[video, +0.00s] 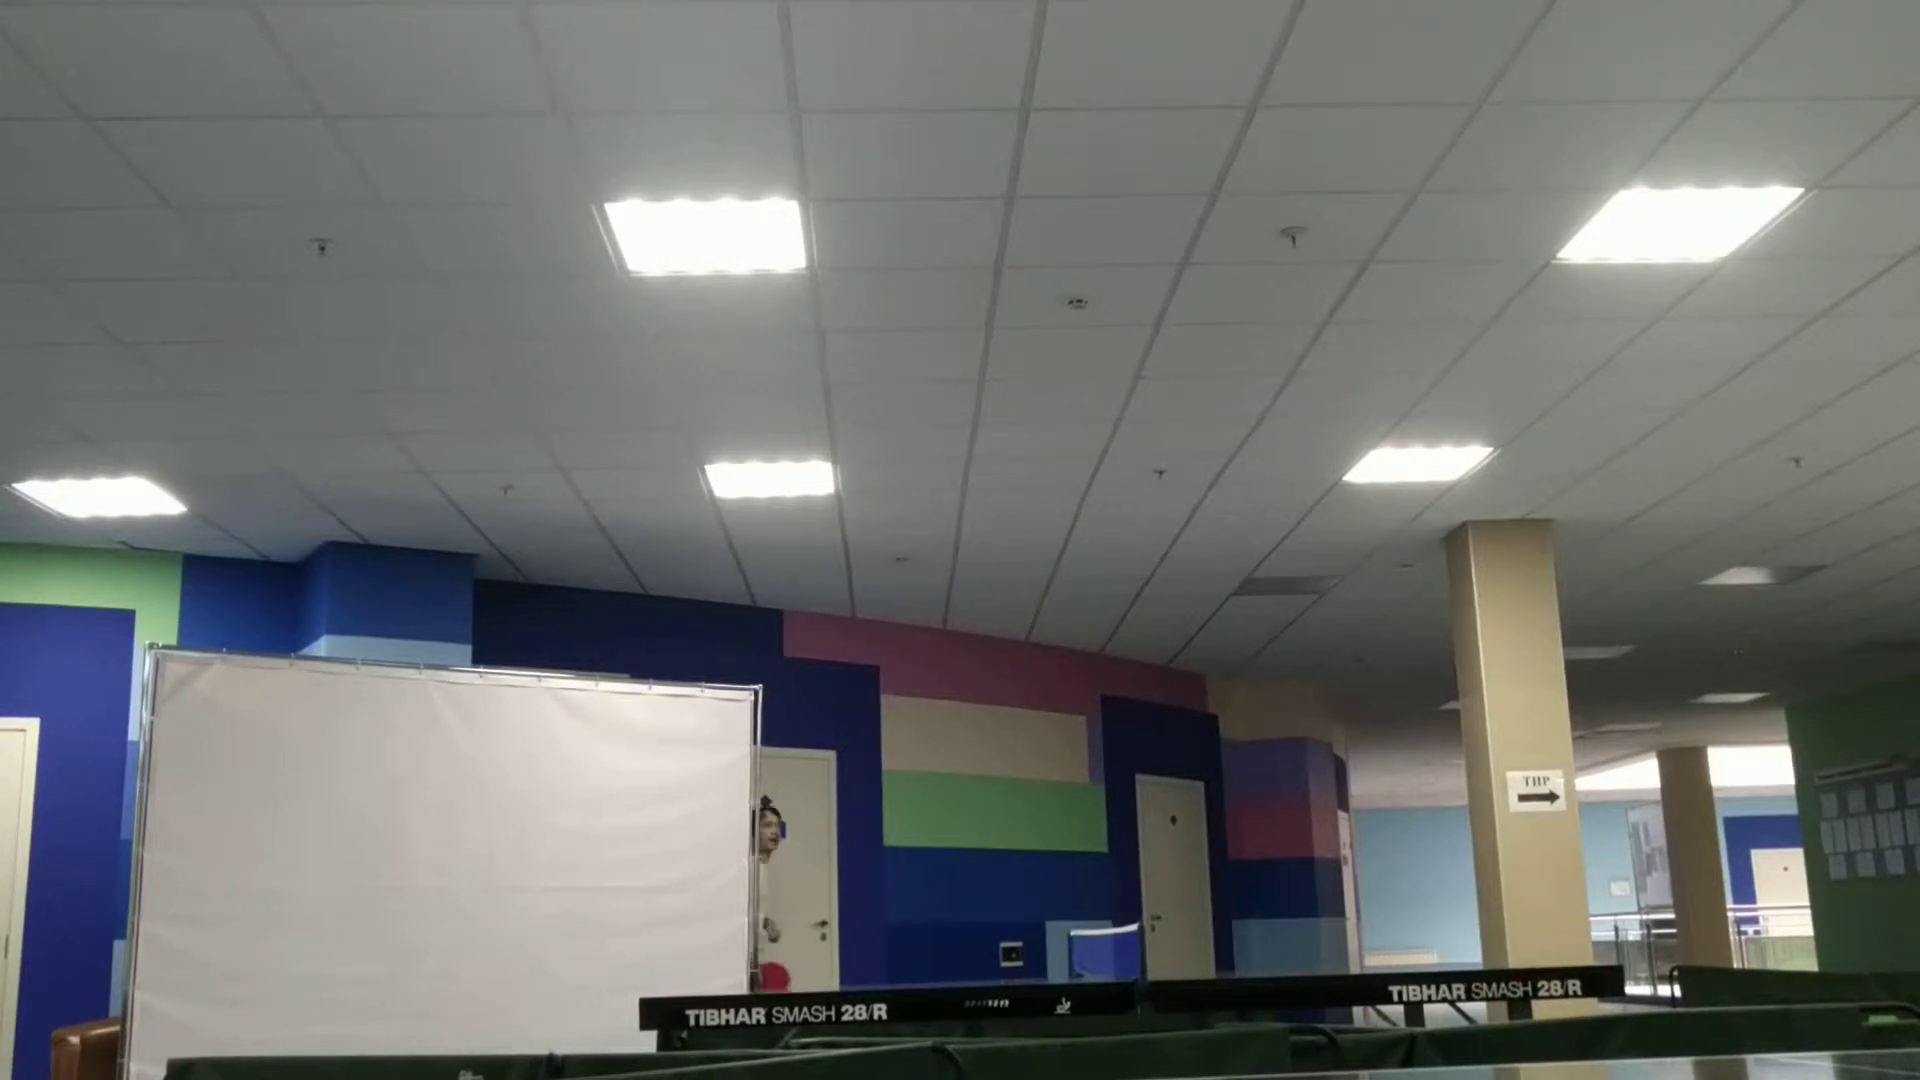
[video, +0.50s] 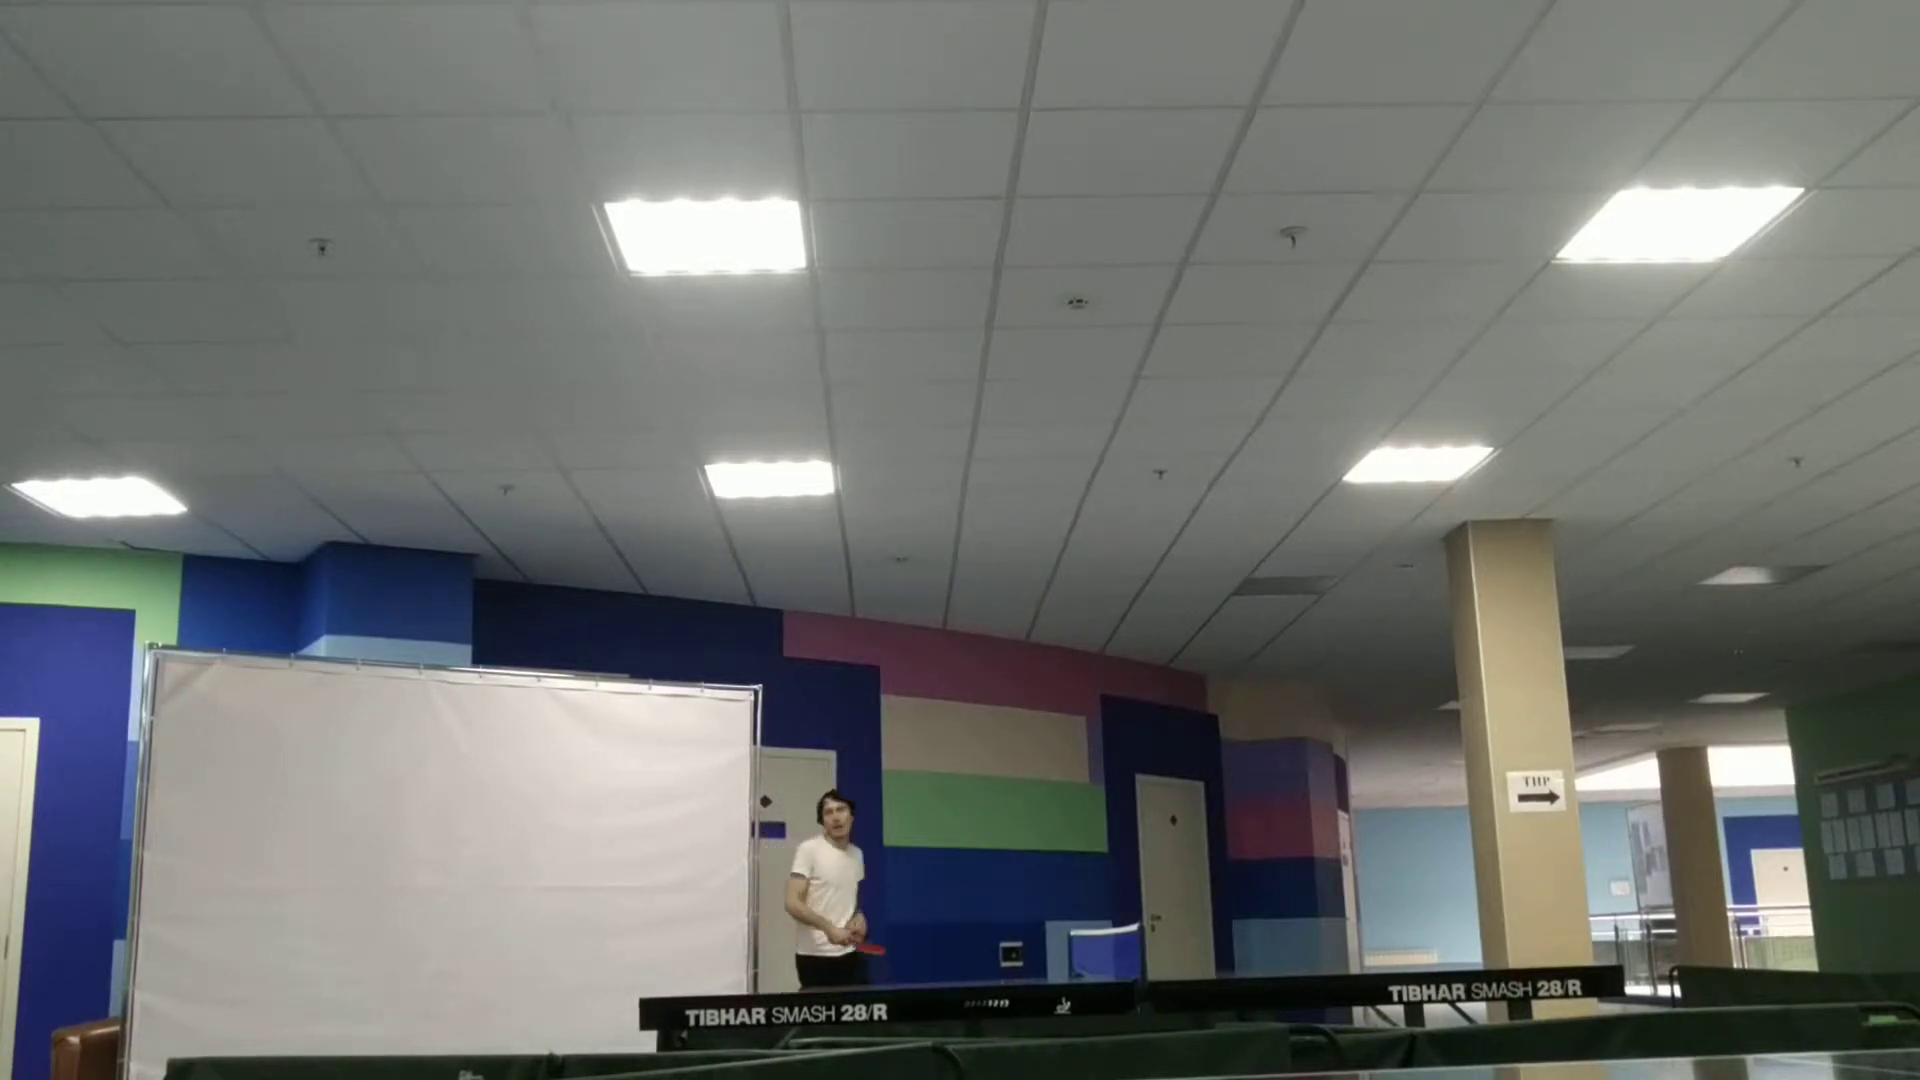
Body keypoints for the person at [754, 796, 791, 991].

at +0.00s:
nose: (775, 832)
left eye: (778, 827)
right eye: (767, 826)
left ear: (781, 832)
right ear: (754, 830)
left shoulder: (762, 869)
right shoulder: (748, 868)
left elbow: (755, 909)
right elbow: (741, 910)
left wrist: (766, 922)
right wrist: (764, 921)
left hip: (755, 955)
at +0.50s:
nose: (836, 818)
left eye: (841, 810)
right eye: (829, 813)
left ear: (851, 817)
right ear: (822, 820)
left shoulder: (856, 854)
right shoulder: (808, 850)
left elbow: (851, 900)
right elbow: (793, 903)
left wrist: (859, 917)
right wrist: (830, 929)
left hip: (849, 956)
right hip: (815, 958)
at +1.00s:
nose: (818, 809)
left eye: (824, 800)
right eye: (811, 803)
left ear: (836, 806)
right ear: (803, 811)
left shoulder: (860, 841)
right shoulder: (796, 850)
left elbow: (882, 893)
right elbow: (783, 906)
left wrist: (846, 917)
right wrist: (773, 901)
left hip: (857, 955)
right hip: (815, 956)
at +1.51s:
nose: (747, 791)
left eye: (755, 785)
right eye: (741, 785)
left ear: (768, 797)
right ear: (732, 795)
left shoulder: (786, 836)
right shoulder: (723, 837)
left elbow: (808, 896)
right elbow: (712, 891)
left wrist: (757, 923)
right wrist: (702, 910)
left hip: (771, 949)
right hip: (734, 951)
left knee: (760, 1025)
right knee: (733, 1025)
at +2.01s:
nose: (599, 781)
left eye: (609, 775)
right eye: (592, 774)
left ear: (622, 787)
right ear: (582, 785)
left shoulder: (637, 826)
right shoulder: (584, 836)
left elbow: (663, 892)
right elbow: (591, 892)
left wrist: (612, 932)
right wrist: (560, 913)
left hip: (619, 962)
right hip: (579, 957)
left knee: (599, 1057)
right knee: (562, 1050)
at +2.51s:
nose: (456, 768)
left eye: (467, 761)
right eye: (450, 760)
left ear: (484, 772)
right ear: (441, 767)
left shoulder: (503, 821)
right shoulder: (427, 819)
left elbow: (523, 894)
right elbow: (409, 880)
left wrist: (471, 933)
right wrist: (390, 915)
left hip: (475, 959)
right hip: (428, 957)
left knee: (444, 1053)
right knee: (409, 1056)